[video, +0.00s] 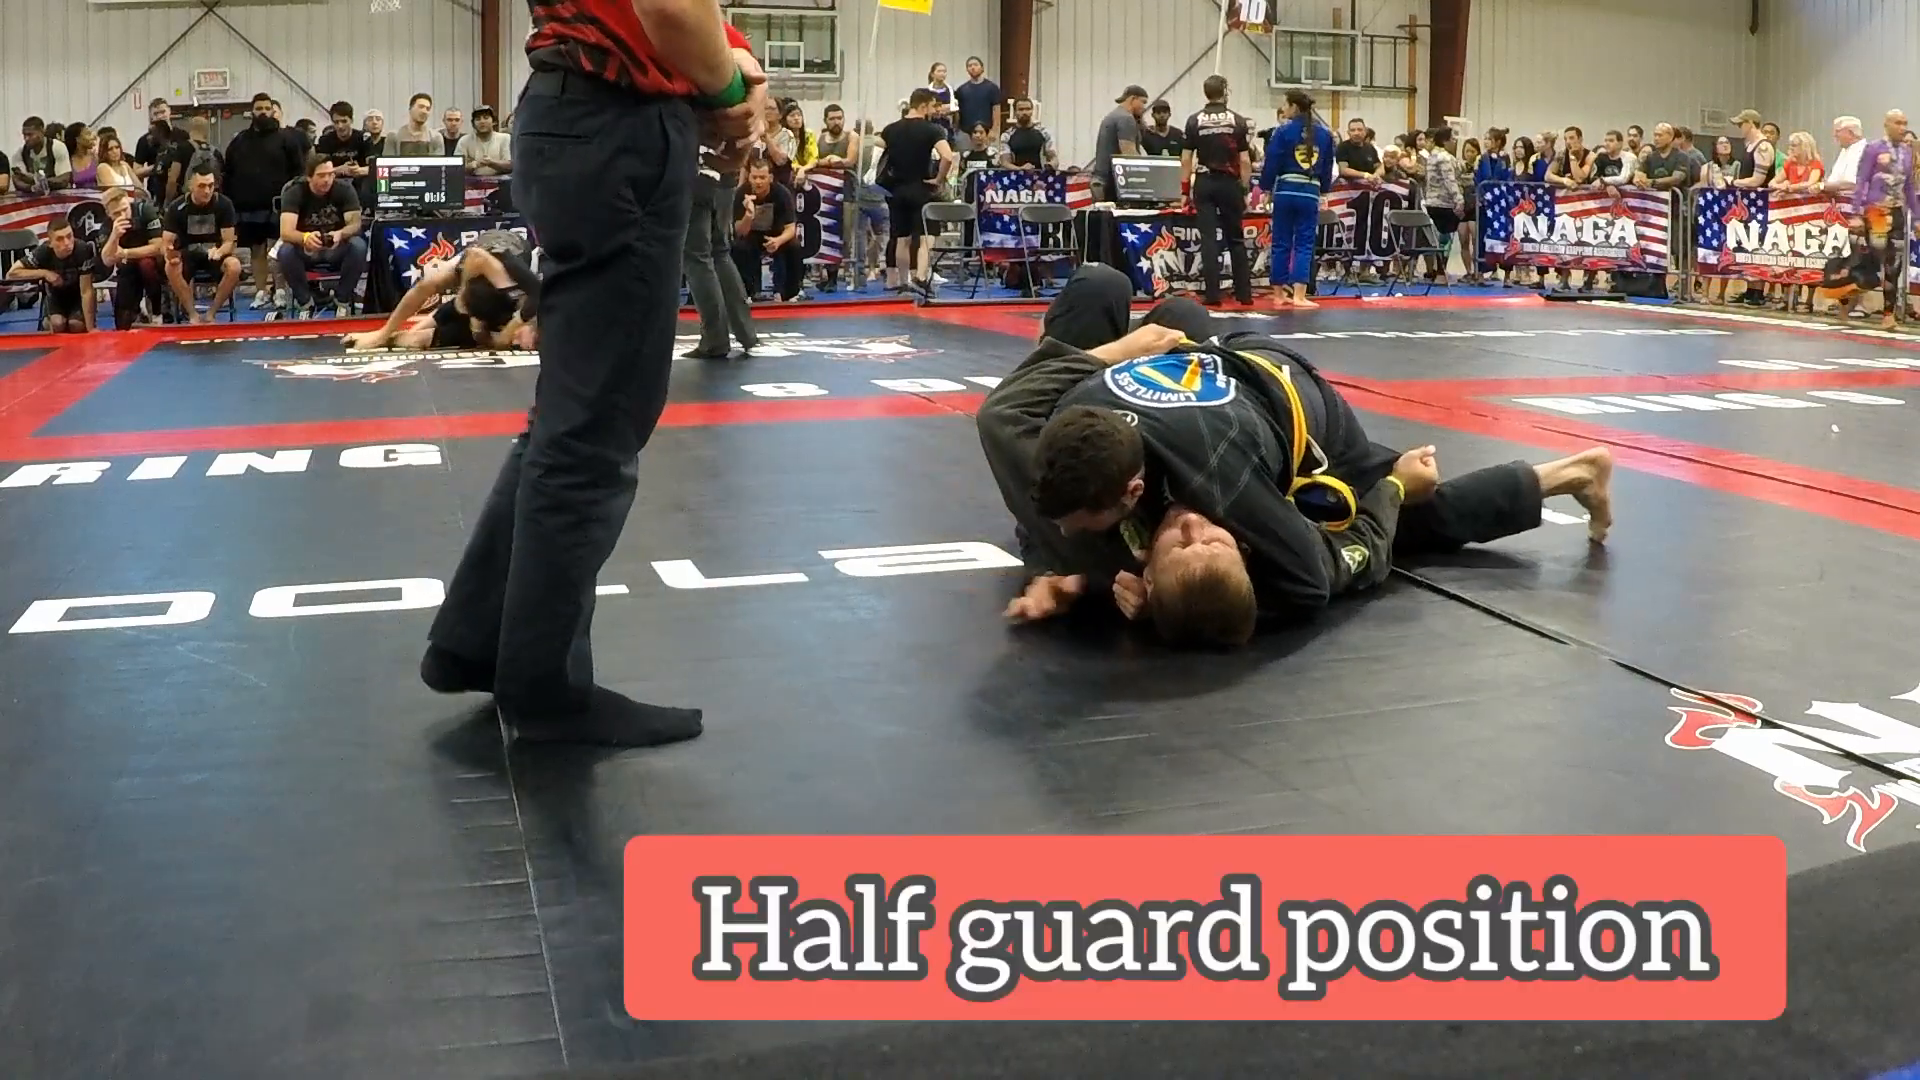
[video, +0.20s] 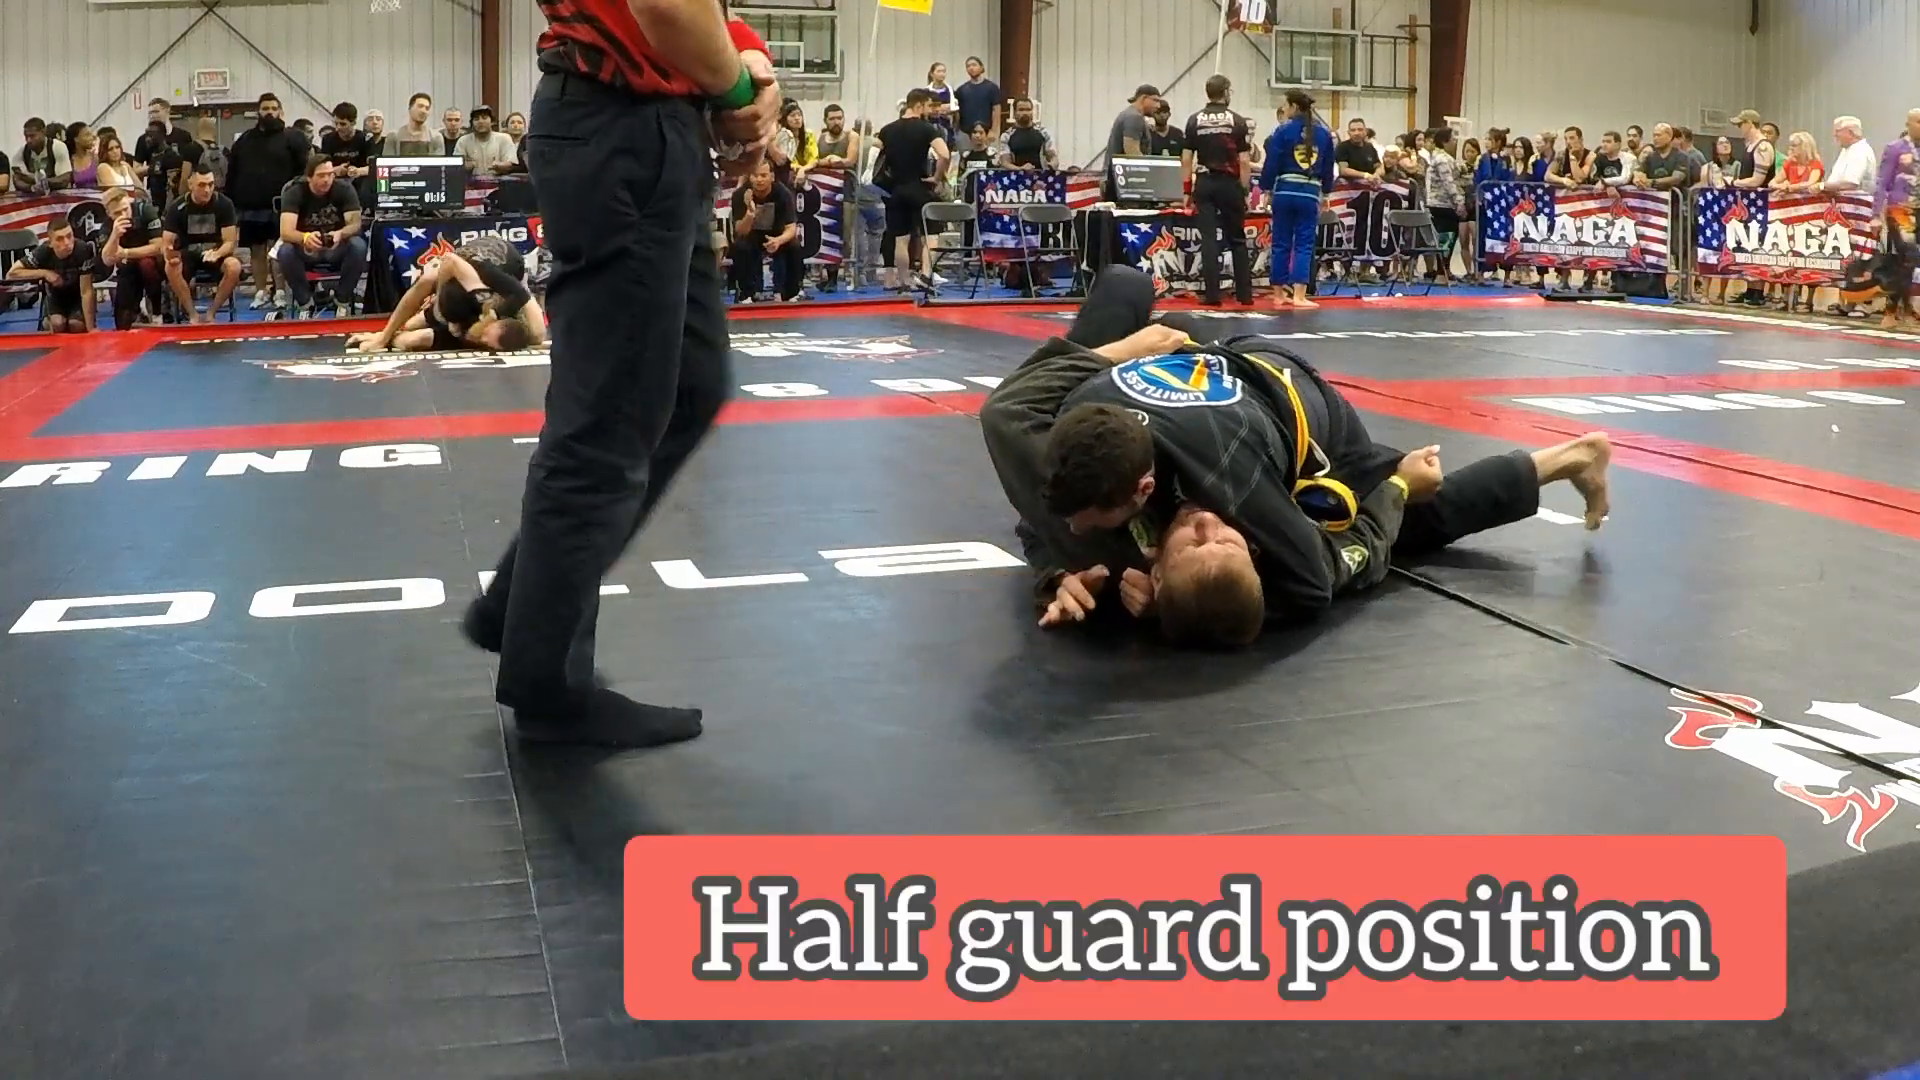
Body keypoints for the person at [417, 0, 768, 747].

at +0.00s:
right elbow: (672, 9)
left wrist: (724, 71)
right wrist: (729, 84)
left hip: (583, 106)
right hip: (618, 119)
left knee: (578, 408)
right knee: (598, 423)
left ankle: (472, 640)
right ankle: (545, 689)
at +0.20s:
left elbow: (704, 13)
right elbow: (662, 9)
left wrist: (761, 70)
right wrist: (736, 88)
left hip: (659, 115)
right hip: (619, 117)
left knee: (693, 386)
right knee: (605, 424)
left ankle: (520, 599)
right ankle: (549, 688)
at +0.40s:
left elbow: (735, 11)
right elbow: (665, 6)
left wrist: (781, 63)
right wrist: (754, 88)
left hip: (702, 121)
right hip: (629, 117)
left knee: (767, 388)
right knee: (614, 426)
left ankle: (673, 651)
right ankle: (550, 688)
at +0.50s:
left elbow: (755, 9)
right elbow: (672, 5)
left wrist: (798, 58)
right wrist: (768, 94)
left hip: (730, 123)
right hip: (644, 119)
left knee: (802, 392)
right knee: (621, 426)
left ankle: (761, 677)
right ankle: (556, 684)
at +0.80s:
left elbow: (885, 9)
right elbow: (756, 7)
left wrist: (904, 52)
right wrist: (862, 79)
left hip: (836, 128)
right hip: (733, 120)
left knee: (875, 432)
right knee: (680, 429)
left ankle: (875, 721)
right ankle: (576, 652)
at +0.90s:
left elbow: (906, 7)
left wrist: (939, 45)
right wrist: (891, 76)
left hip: (868, 119)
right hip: (766, 113)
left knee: (891, 439)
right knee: (715, 426)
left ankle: (875, 723)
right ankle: (591, 646)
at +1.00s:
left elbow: (972, 4)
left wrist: (989, 42)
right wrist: (950, 75)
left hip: (918, 120)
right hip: (821, 110)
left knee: (915, 446)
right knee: (796, 423)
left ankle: (874, 723)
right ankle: (634, 627)